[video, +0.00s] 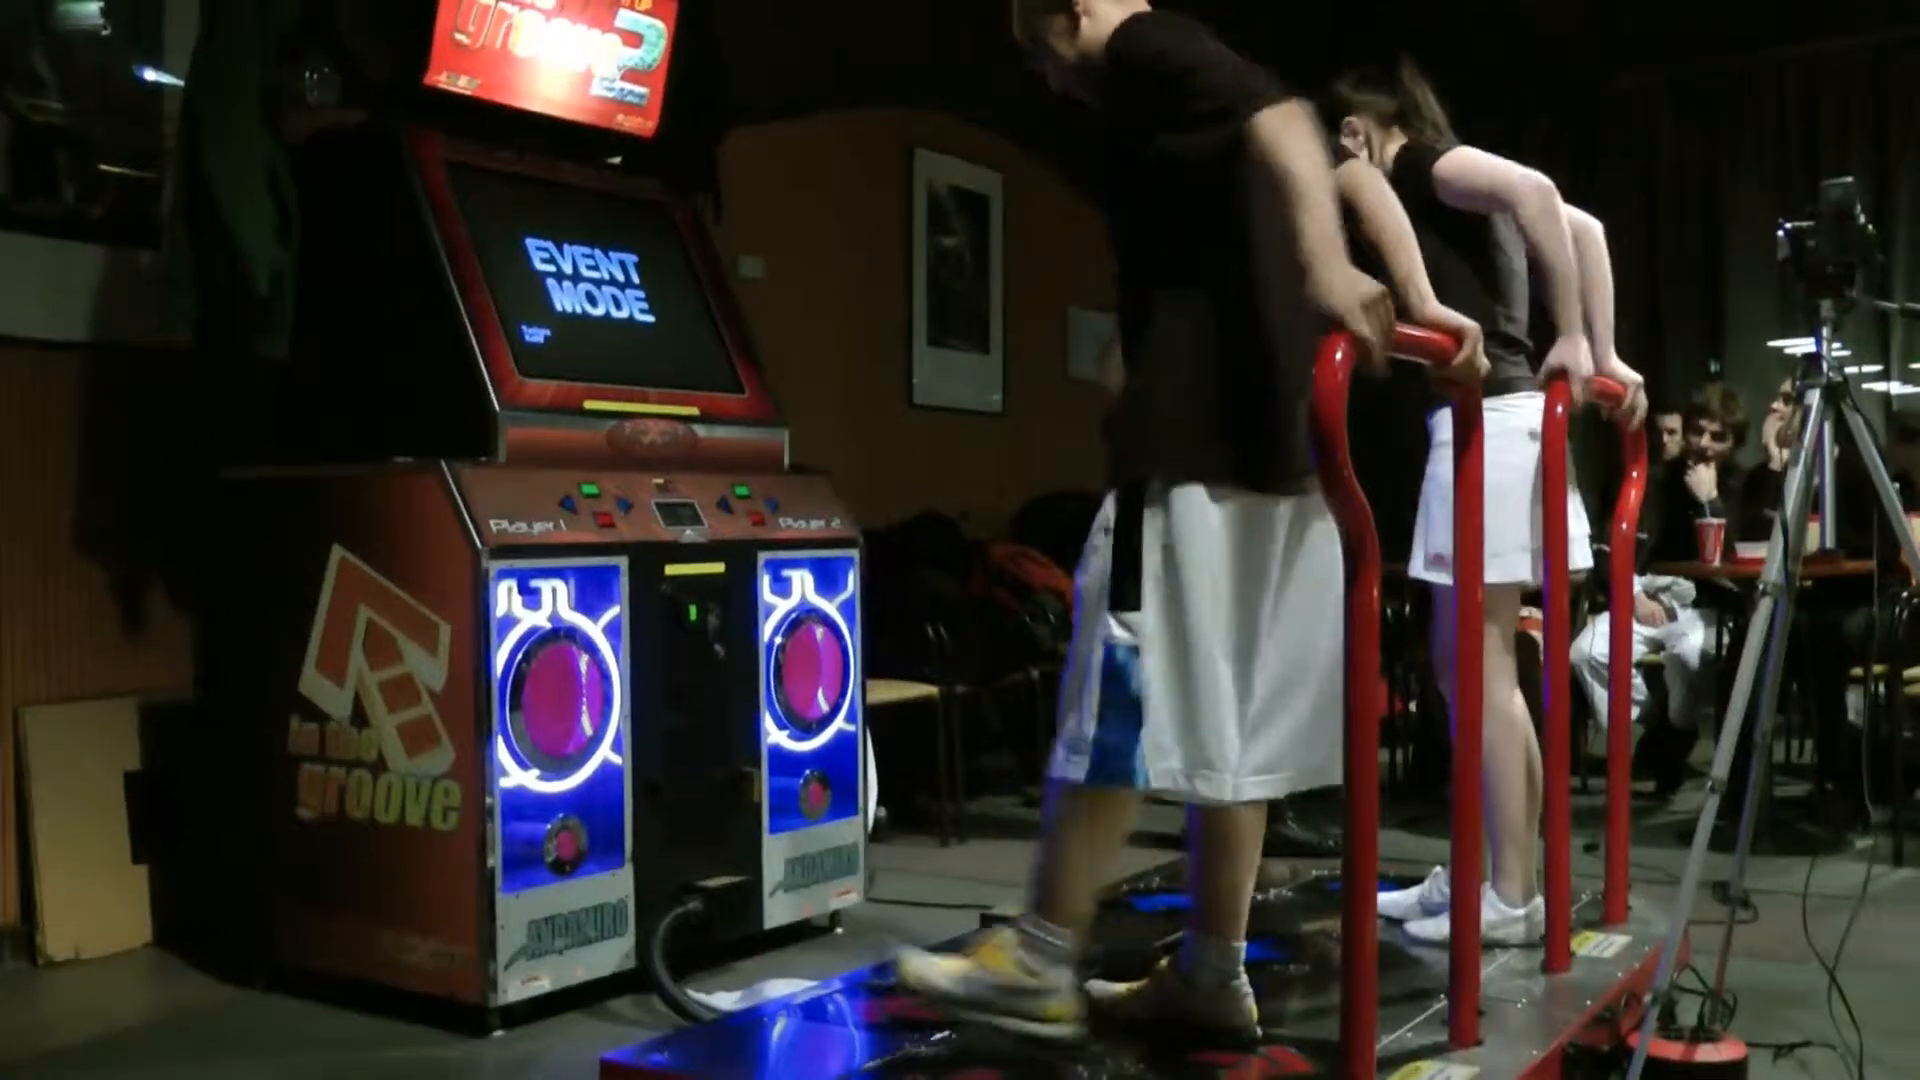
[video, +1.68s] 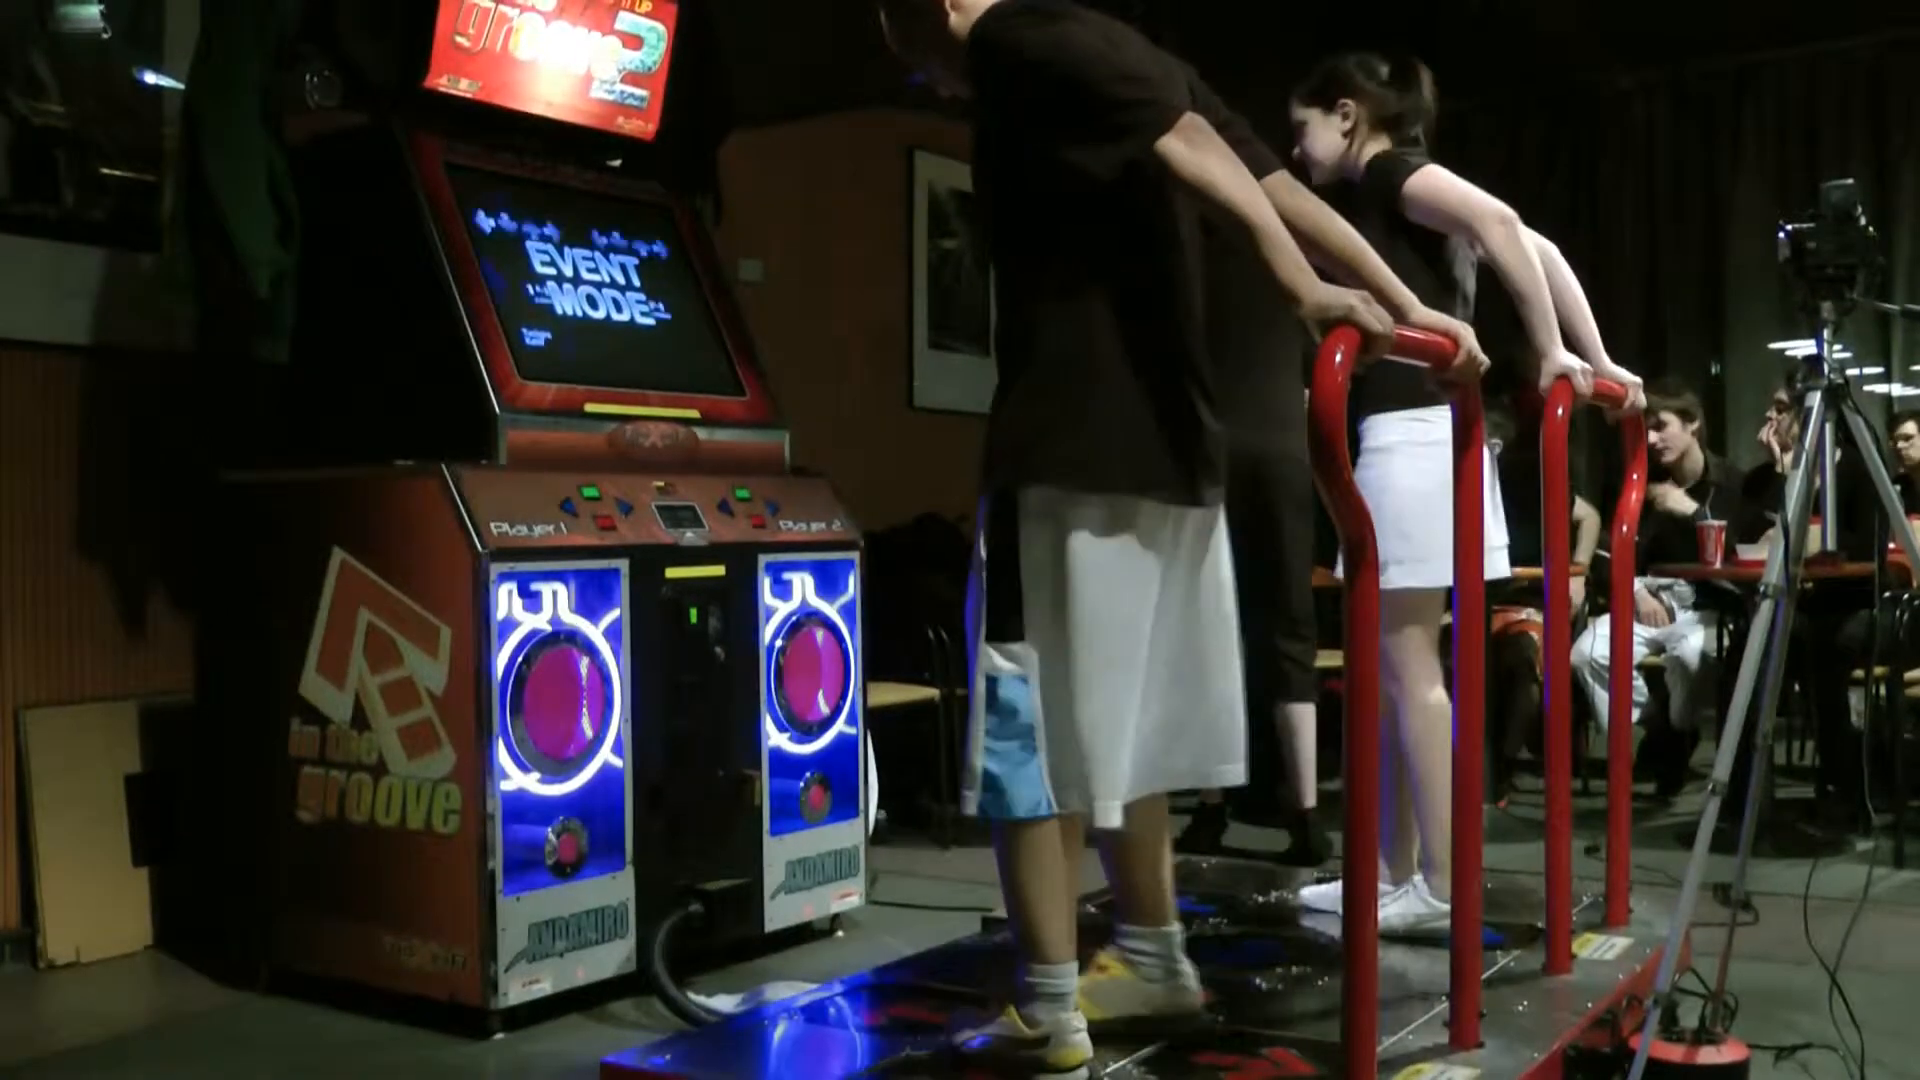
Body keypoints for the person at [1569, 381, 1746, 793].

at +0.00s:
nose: (1703, 445)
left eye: (1717, 437)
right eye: (1697, 433)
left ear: (1733, 443)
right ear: (1684, 433)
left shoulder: (1739, 484)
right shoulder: (1656, 480)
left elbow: (1733, 561)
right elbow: (1616, 547)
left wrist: (1710, 501)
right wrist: (1635, 597)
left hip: (1709, 604)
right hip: (1653, 597)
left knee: (1684, 652)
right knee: (1591, 651)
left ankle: (1678, 737)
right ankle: (1653, 728)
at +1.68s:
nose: (1652, 439)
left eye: (1661, 427)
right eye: (1646, 430)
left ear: (1692, 427)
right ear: (1642, 434)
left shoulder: (1728, 481)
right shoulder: (1644, 482)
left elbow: (1745, 542)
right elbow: (1612, 553)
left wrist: (1690, 509)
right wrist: (1638, 593)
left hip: (1708, 607)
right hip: (1651, 601)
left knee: (1690, 653)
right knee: (1591, 651)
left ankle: (1680, 740)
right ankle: (1654, 732)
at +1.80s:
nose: (1650, 437)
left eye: (1659, 426)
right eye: (1645, 428)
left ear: (1688, 425)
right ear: (1638, 430)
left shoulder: (1726, 481)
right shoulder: (1640, 480)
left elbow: (1734, 551)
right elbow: (1612, 552)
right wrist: (1636, 592)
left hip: (1703, 606)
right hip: (1649, 601)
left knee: (1690, 654)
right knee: (1591, 652)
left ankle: (1680, 740)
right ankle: (1654, 733)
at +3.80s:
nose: (1664, 447)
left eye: (1672, 435)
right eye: (1656, 438)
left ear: (1698, 429)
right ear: (1646, 438)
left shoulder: (1730, 480)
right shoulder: (1642, 479)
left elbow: (1740, 558)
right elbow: (1605, 551)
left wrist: (1690, 596)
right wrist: (1637, 588)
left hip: (1705, 602)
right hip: (1647, 596)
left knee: (1690, 650)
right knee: (1593, 649)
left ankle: (1682, 736)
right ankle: (1657, 727)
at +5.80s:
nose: (1685, 421)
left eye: (1695, 410)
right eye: (1674, 413)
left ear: (1713, 418)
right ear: (1660, 423)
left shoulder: (1739, 480)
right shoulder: (1646, 476)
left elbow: (1753, 558)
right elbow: (1607, 547)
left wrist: (1692, 595)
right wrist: (1634, 585)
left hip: (1710, 602)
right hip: (1648, 599)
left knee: (1690, 651)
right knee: (1594, 649)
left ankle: (1682, 736)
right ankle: (1656, 734)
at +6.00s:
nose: (1678, 423)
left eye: (1688, 412)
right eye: (1668, 415)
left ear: (1710, 419)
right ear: (1659, 425)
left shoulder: (1739, 481)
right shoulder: (1646, 478)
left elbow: (1755, 564)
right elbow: (1607, 550)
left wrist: (1694, 595)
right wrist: (1635, 586)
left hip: (1709, 605)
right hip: (1648, 604)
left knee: (1689, 651)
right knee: (1593, 648)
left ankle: (1684, 740)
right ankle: (1650, 740)